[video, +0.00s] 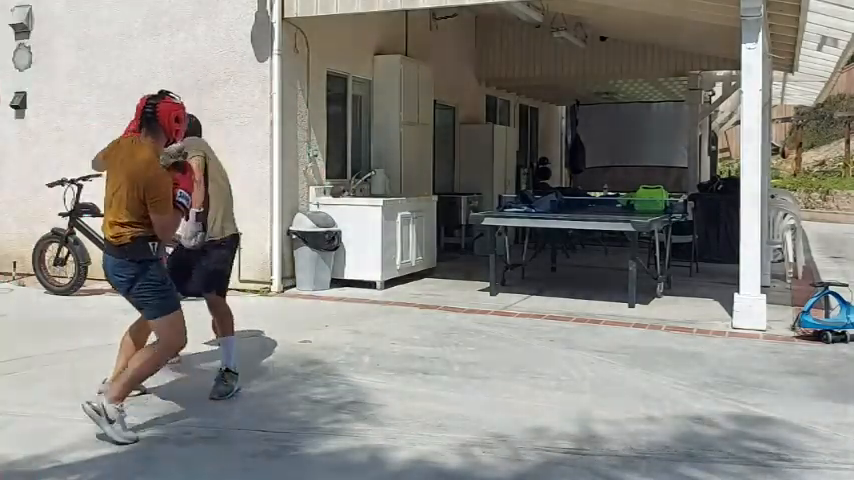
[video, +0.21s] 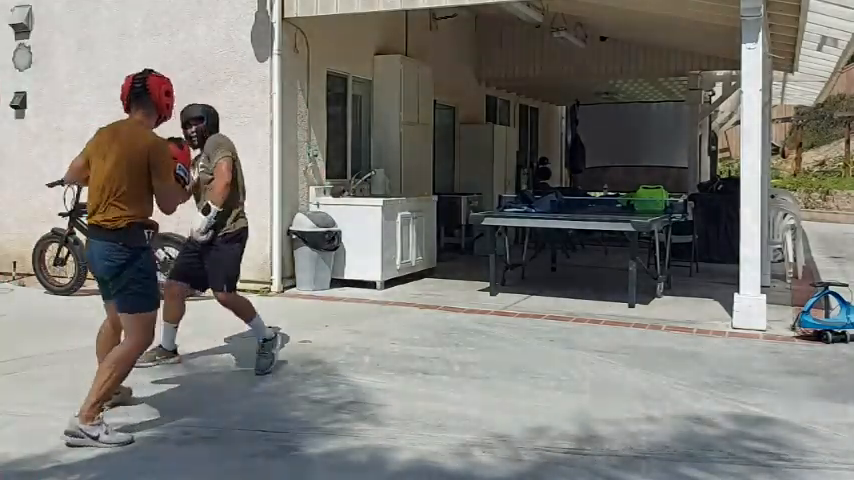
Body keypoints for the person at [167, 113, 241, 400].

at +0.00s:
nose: (167, 138)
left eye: (171, 132)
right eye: (168, 133)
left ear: (181, 131)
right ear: (195, 131)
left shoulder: (193, 144)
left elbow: (199, 180)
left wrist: (193, 220)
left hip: (219, 236)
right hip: (194, 237)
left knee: (215, 299)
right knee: (164, 293)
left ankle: (229, 370)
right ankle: (169, 347)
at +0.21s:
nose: (190, 130)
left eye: (196, 123)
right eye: (186, 126)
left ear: (209, 124)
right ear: (184, 131)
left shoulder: (218, 142)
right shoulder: (199, 160)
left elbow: (224, 181)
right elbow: (186, 195)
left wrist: (209, 216)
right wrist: (184, 181)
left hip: (229, 231)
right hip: (205, 231)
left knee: (224, 294)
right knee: (174, 287)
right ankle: (167, 347)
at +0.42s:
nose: (227, 137)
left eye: (233, 131)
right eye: (223, 132)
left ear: (247, 132)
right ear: (219, 135)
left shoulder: (261, 161)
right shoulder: (226, 166)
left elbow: (266, 204)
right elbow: (228, 208)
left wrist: (233, 223)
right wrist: (206, 198)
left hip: (253, 245)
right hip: (223, 241)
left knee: (259, 306)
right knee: (189, 288)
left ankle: (303, 339)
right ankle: (169, 347)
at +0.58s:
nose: (251, 125)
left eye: (258, 120)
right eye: (248, 120)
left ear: (270, 125)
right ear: (242, 124)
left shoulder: (284, 157)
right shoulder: (241, 158)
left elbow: (298, 197)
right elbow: (249, 195)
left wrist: (271, 216)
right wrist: (230, 195)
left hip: (276, 236)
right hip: (247, 234)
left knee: (275, 296)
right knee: (216, 280)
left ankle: (306, 341)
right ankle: (192, 340)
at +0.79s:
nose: (267, 126)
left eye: (273, 121)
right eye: (262, 121)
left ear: (282, 123)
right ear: (254, 122)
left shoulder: (295, 148)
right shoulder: (248, 152)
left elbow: (321, 178)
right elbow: (246, 188)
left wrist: (301, 197)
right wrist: (239, 184)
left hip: (284, 230)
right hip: (257, 230)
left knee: (283, 286)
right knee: (249, 283)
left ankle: (307, 341)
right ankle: (278, 323)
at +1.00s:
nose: (264, 130)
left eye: (269, 126)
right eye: (262, 126)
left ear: (279, 128)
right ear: (259, 125)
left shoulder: (298, 150)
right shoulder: (256, 150)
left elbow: (321, 178)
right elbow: (244, 184)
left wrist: (309, 194)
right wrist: (249, 188)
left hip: (289, 227)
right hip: (262, 228)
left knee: (288, 279)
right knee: (260, 284)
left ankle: (309, 337)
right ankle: (282, 328)